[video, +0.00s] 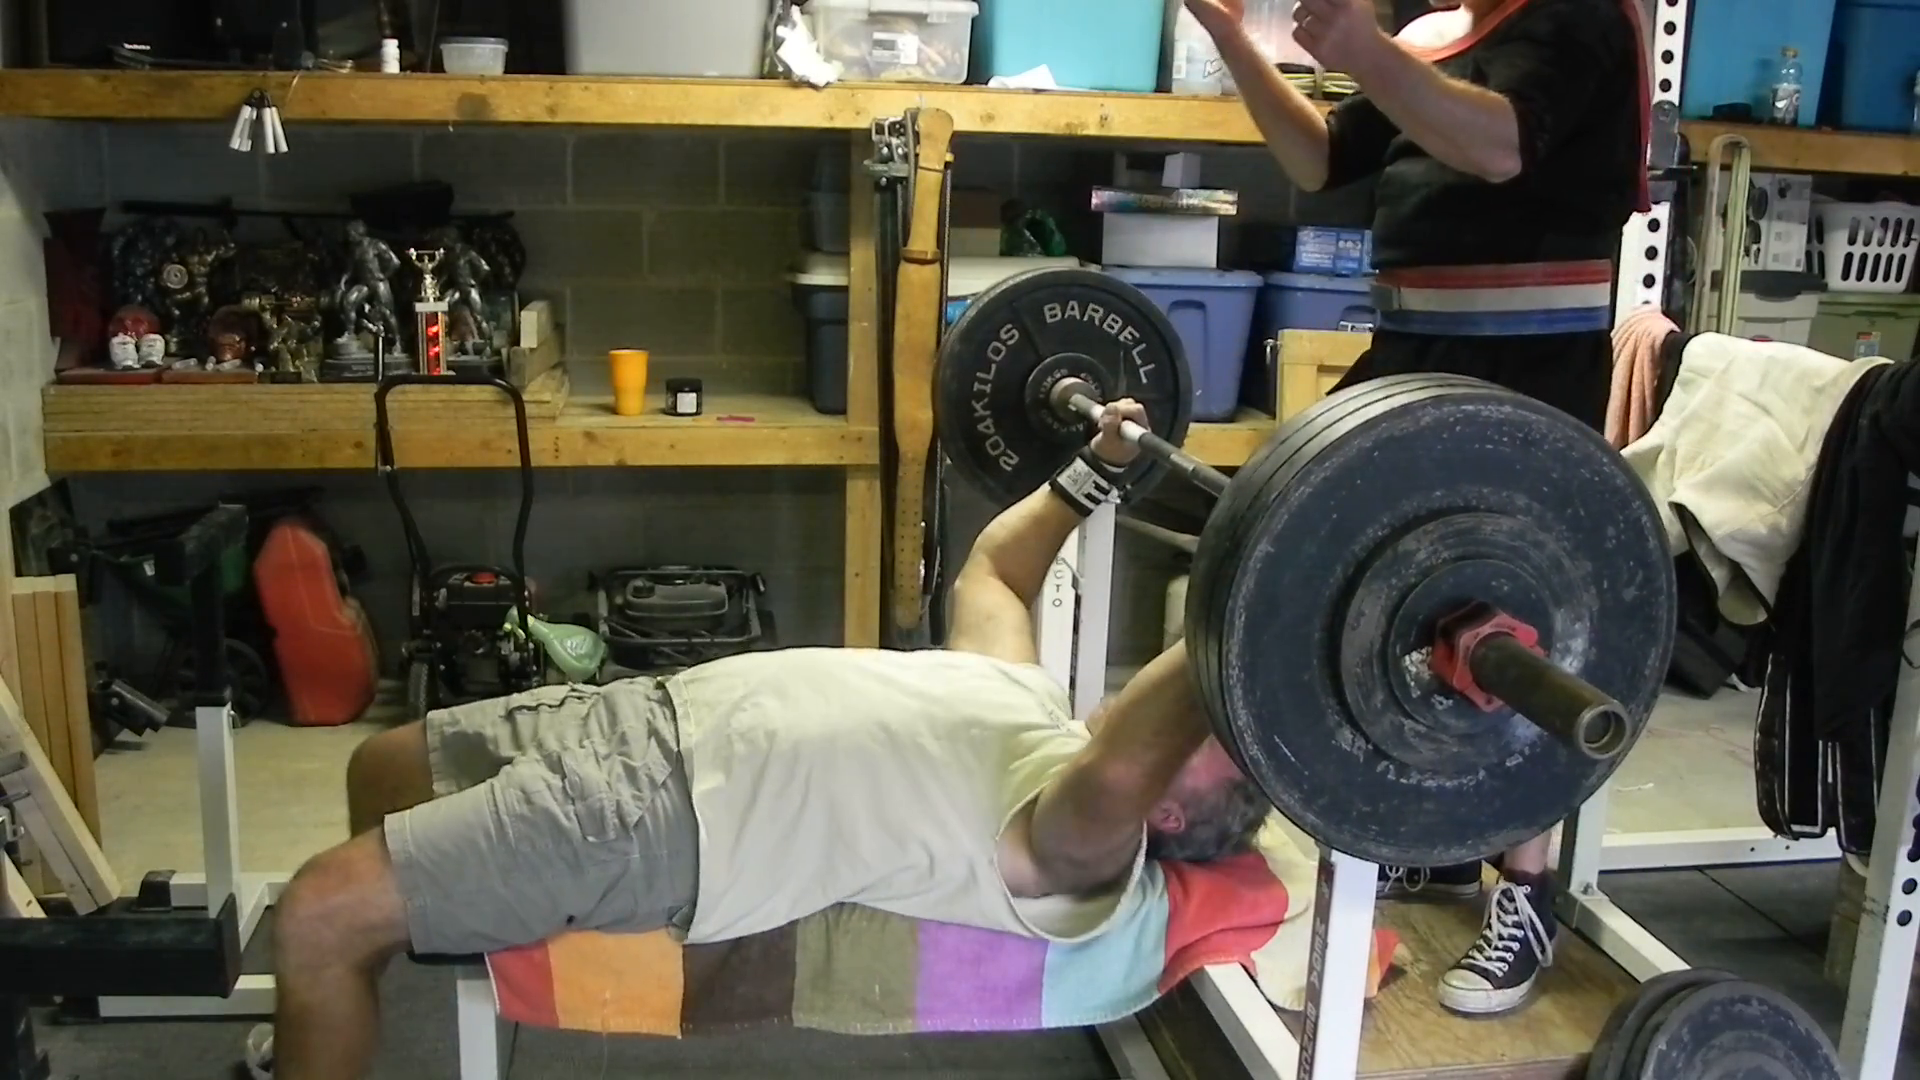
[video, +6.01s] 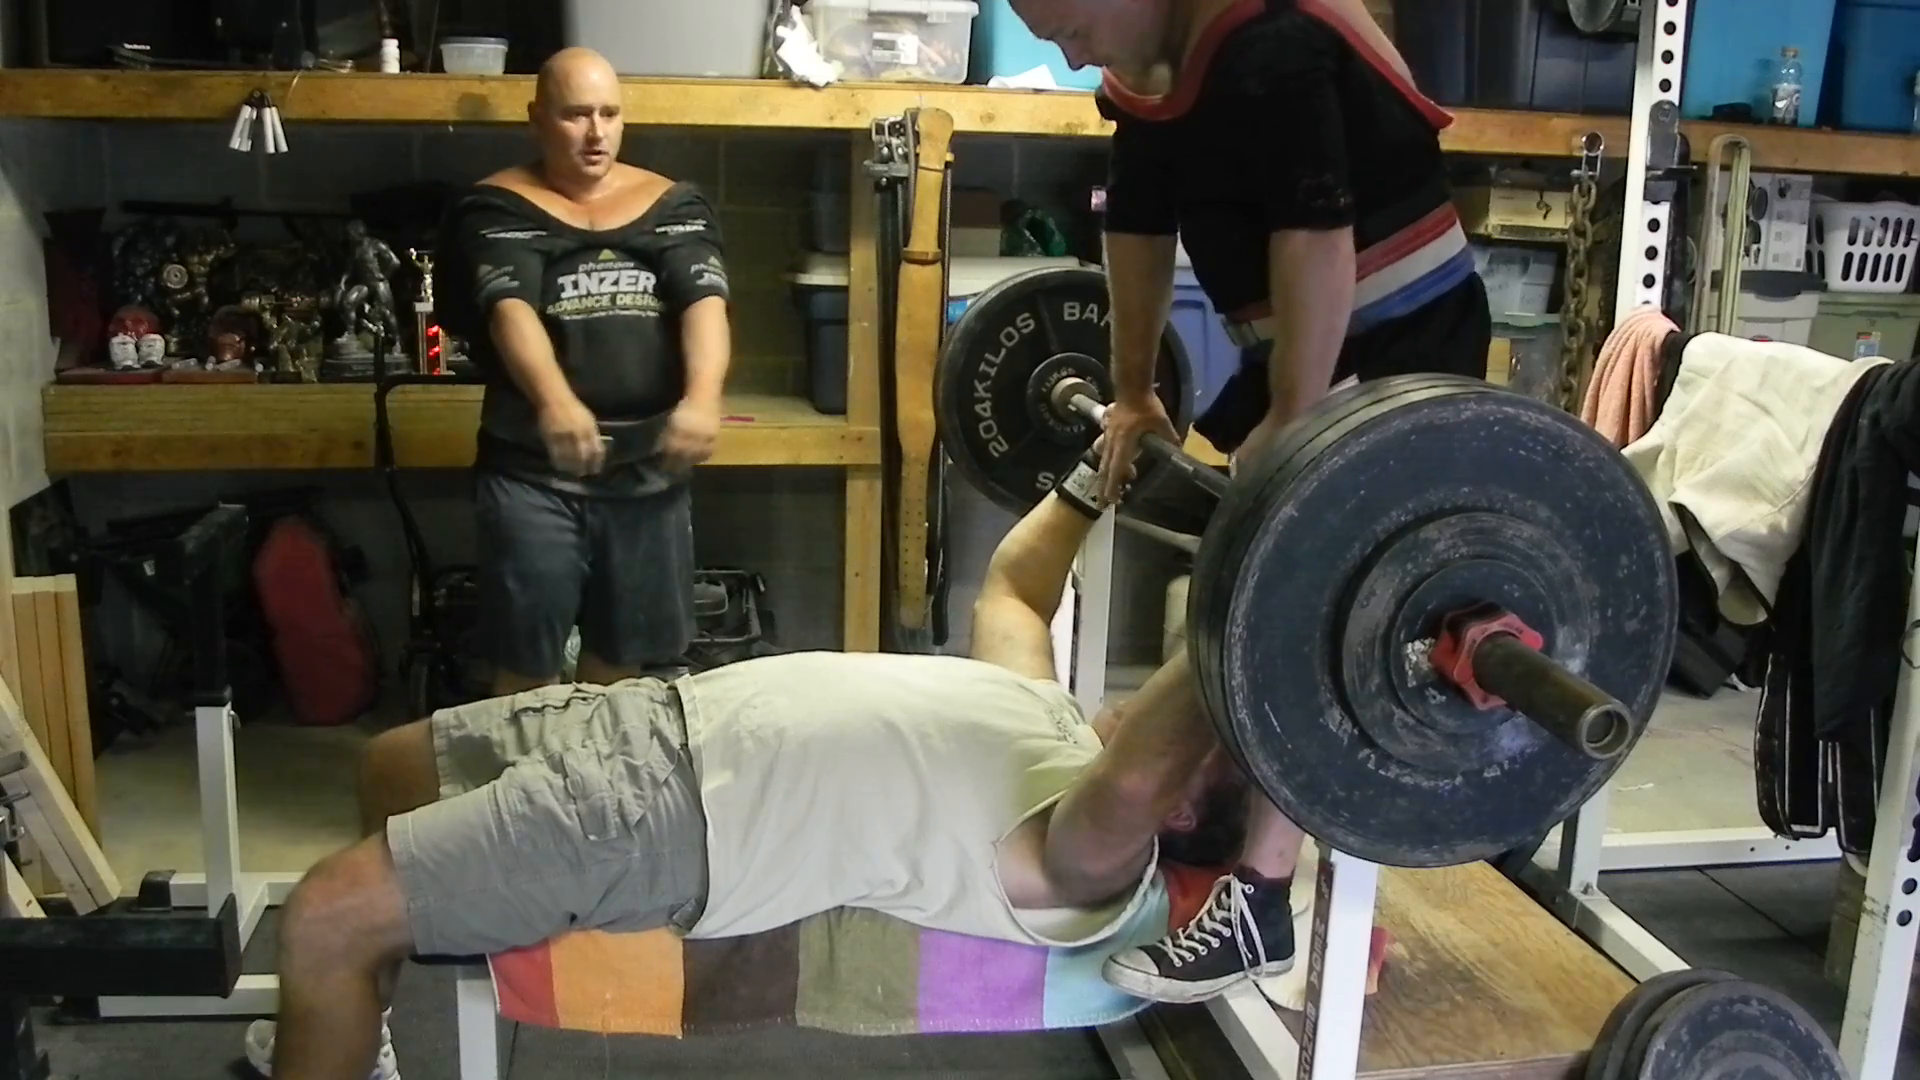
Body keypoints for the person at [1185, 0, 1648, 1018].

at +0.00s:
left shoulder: (1583, 16)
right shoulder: (1436, 42)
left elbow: (1500, 141)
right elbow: (1324, 161)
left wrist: (1356, 42)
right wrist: (1231, 36)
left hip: (1537, 370)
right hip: (1410, 359)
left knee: (1518, 629)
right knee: (1384, 606)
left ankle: (1526, 888)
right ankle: (1421, 833)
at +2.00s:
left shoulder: (1660, 30)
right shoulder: (1536, 18)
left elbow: (1530, 183)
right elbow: (1441, 113)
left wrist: (1361, 91)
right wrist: (1353, 51)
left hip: (1602, 384)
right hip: (1487, 367)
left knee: (1576, 651)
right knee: (1453, 614)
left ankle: (1535, 917)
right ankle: (1452, 847)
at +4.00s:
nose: (1138, 13)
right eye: (1133, 3)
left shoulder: (1343, 26)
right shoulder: (1192, 64)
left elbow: (1367, 198)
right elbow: (1181, 221)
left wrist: (1307, 355)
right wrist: (1146, 376)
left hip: (1425, 332)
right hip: (1299, 339)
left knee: (1343, 605)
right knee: (1263, 590)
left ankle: (1266, 874)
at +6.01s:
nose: (1062, 50)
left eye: (1063, 29)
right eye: (1049, 38)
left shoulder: (1275, 43)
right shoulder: (1142, 62)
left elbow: (1319, 247)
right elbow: (1136, 222)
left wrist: (1285, 452)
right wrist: (1133, 390)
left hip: (1404, 326)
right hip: (1288, 334)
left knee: (1316, 592)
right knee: (1231, 569)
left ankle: (1258, 890)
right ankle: (1200, 817)